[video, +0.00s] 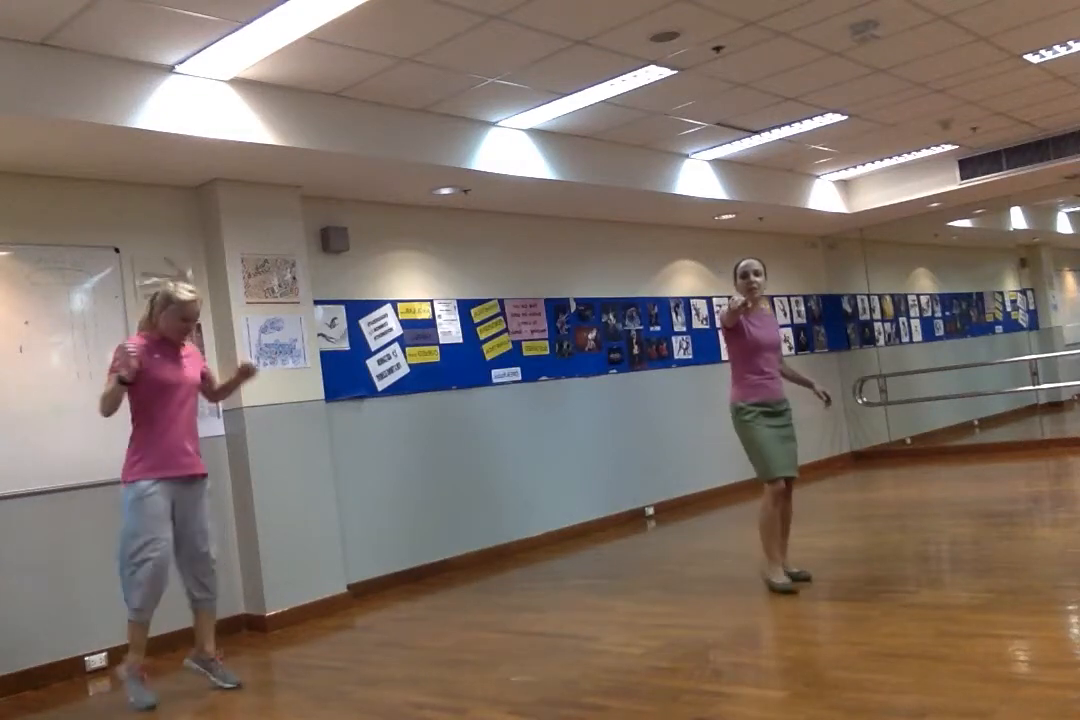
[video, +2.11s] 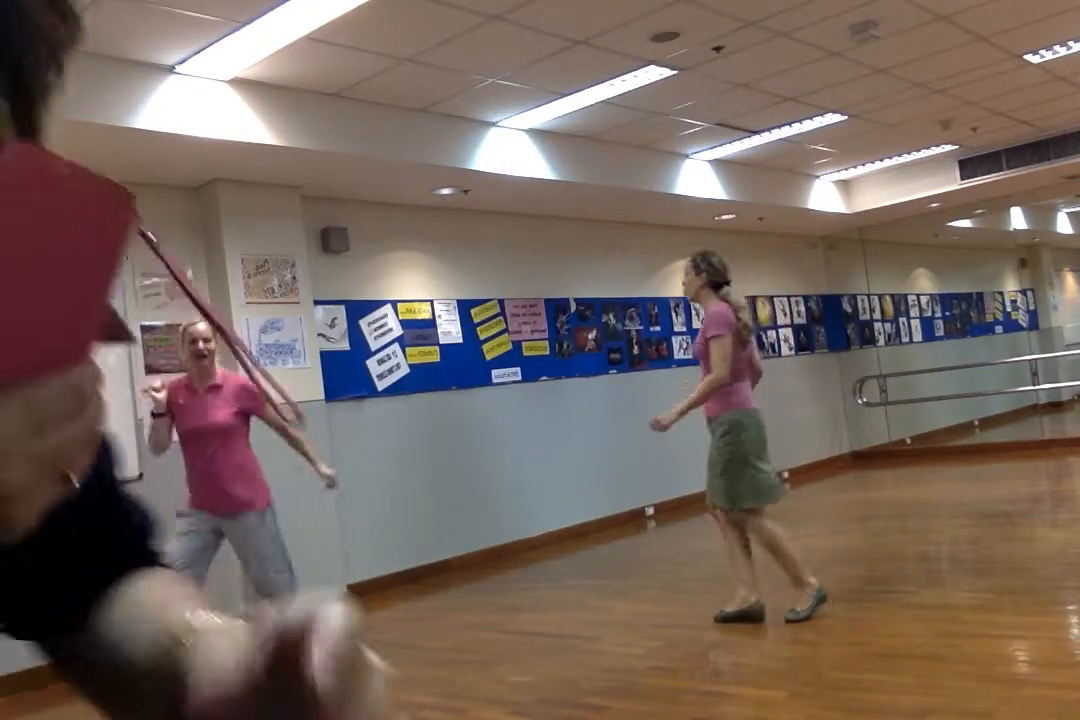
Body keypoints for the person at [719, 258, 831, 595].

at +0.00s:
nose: (751, 280)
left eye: (756, 274)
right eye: (744, 276)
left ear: (765, 280)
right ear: (736, 283)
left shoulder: (770, 315)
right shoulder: (732, 314)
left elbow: (779, 365)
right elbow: (727, 317)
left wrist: (812, 384)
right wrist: (738, 305)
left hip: (779, 405)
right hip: (749, 408)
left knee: (786, 485)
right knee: (775, 485)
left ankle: (783, 563)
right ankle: (772, 569)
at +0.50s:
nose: (768, 270)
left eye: (773, 264)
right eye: (760, 266)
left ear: (781, 273)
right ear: (751, 277)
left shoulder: (789, 315)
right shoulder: (743, 311)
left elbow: (787, 369)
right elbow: (731, 350)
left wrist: (802, 406)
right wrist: (761, 341)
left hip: (790, 406)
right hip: (757, 409)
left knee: (807, 485)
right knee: (767, 491)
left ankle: (803, 567)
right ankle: (776, 571)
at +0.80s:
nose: (778, 274)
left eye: (782, 268)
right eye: (770, 269)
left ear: (790, 275)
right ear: (759, 278)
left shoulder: (801, 315)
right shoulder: (746, 315)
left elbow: (813, 363)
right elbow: (730, 361)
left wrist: (839, 361)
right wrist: (750, 377)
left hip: (800, 409)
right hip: (767, 412)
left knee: (812, 493)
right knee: (795, 491)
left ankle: (805, 570)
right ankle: (784, 565)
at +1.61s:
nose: (732, 272)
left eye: (739, 265)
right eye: (730, 266)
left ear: (762, 269)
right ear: (732, 274)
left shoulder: (787, 305)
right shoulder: (738, 316)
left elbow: (816, 352)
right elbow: (739, 373)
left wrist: (801, 388)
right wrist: (718, 404)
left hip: (783, 412)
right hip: (749, 417)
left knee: (783, 504)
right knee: (775, 507)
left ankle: (818, 589)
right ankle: (817, 585)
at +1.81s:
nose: (714, 276)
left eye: (720, 270)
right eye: (715, 270)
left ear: (742, 273)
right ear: (734, 276)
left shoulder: (767, 309)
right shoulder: (734, 315)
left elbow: (782, 362)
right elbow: (748, 367)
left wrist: (743, 384)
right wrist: (733, 388)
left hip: (771, 417)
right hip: (746, 419)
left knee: (781, 509)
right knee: (731, 508)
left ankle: (817, 590)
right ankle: (791, 572)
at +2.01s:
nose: (692, 275)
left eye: (697, 268)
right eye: (693, 269)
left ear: (715, 272)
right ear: (717, 273)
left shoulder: (732, 307)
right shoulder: (727, 310)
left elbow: (735, 365)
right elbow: (761, 363)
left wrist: (686, 392)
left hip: (747, 417)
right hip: (739, 417)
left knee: (778, 505)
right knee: (726, 509)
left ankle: (816, 590)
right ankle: (749, 596)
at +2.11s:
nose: (683, 282)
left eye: (687, 276)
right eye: (684, 276)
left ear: (702, 277)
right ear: (710, 278)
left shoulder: (716, 313)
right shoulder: (726, 313)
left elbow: (719, 375)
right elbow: (755, 370)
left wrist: (675, 413)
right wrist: (724, 400)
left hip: (735, 423)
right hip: (733, 422)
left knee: (745, 512)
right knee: (723, 509)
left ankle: (808, 587)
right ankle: (748, 596)